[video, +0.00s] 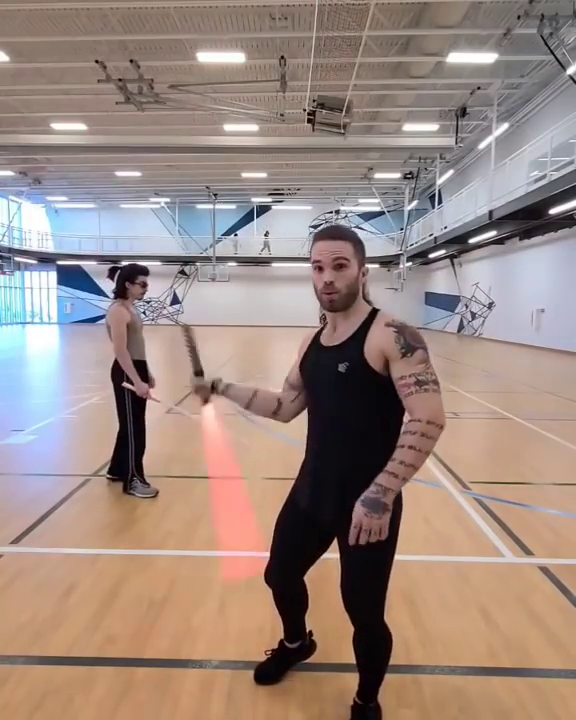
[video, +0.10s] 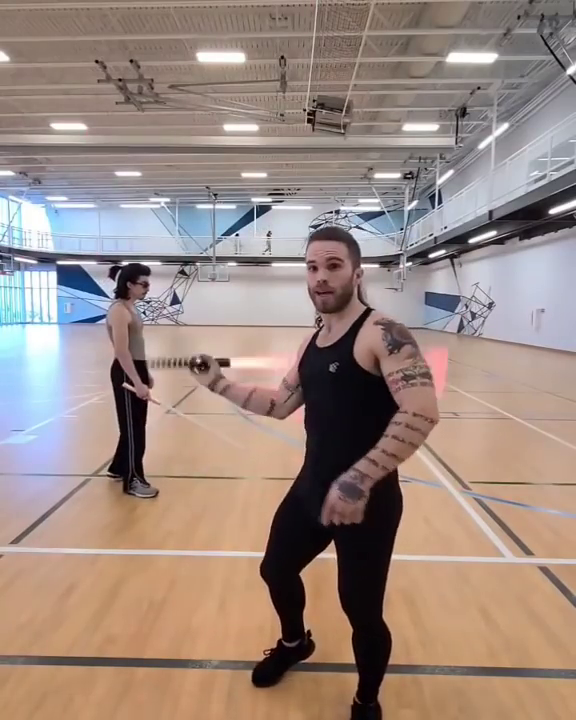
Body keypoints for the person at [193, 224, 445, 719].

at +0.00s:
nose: (327, 277)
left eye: (340, 266)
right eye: (319, 267)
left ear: (362, 271)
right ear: (311, 274)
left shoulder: (392, 335)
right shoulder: (317, 341)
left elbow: (428, 419)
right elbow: (284, 405)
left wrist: (380, 494)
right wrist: (222, 388)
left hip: (369, 495)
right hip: (316, 486)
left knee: (365, 610)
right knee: (281, 573)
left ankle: (367, 700)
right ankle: (296, 640)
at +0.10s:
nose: (321, 276)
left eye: (333, 265)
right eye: (313, 267)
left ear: (357, 273)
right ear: (306, 274)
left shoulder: (383, 333)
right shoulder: (316, 339)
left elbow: (421, 413)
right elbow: (280, 403)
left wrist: (359, 478)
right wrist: (222, 384)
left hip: (370, 494)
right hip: (315, 484)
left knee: (362, 609)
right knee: (277, 569)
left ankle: (367, 701)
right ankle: (294, 640)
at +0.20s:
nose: (316, 275)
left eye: (329, 264)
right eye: (308, 266)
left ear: (353, 272)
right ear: (302, 273)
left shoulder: (377, 338)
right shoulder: (316, 333)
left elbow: (406, 419)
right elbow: (285, 394)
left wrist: (329, 464)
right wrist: (226, 406)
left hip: (361, 497)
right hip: (309, 489)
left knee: (358, 605)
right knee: (283, 571)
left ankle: (367, 700)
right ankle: (289, 649)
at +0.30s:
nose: (310, 279)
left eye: (322, 268)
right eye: (302, 269)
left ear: (349, 273)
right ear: (296, 275)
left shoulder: (371, 342)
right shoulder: (306, 333)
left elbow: (390, 424)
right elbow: (298, 404)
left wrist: (307, 445)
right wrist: (260, 438)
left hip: (349, 494)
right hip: (299, 486)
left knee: (351, 604)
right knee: (289, 579)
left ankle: (366, 699)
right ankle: (290, 655)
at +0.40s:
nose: (300, 276)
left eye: (313, 265)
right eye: (293, 266)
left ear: (340, 273)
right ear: (287, 273)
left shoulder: (357, 340)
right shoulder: (295, 329)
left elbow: (385, 414)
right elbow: (296, 414)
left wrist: (306, 400)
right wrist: (277, 471)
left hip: (334, 490)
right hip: (288, 482)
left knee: (344, 599)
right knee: (288, 577)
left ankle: (365, 698)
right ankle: (290, 655)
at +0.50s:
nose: (288, 275)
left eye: (301, 265)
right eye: (282, 266)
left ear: (328, 275)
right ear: (277, 275)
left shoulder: (344, 333)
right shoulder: (286, 332)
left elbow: (377, 394)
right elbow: (280, 415)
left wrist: (307, 368)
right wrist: (268, 477)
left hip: (321, 491)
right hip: (275, 485)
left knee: (336, 599)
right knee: (283, 576)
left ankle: (364, 696)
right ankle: (290, 655)